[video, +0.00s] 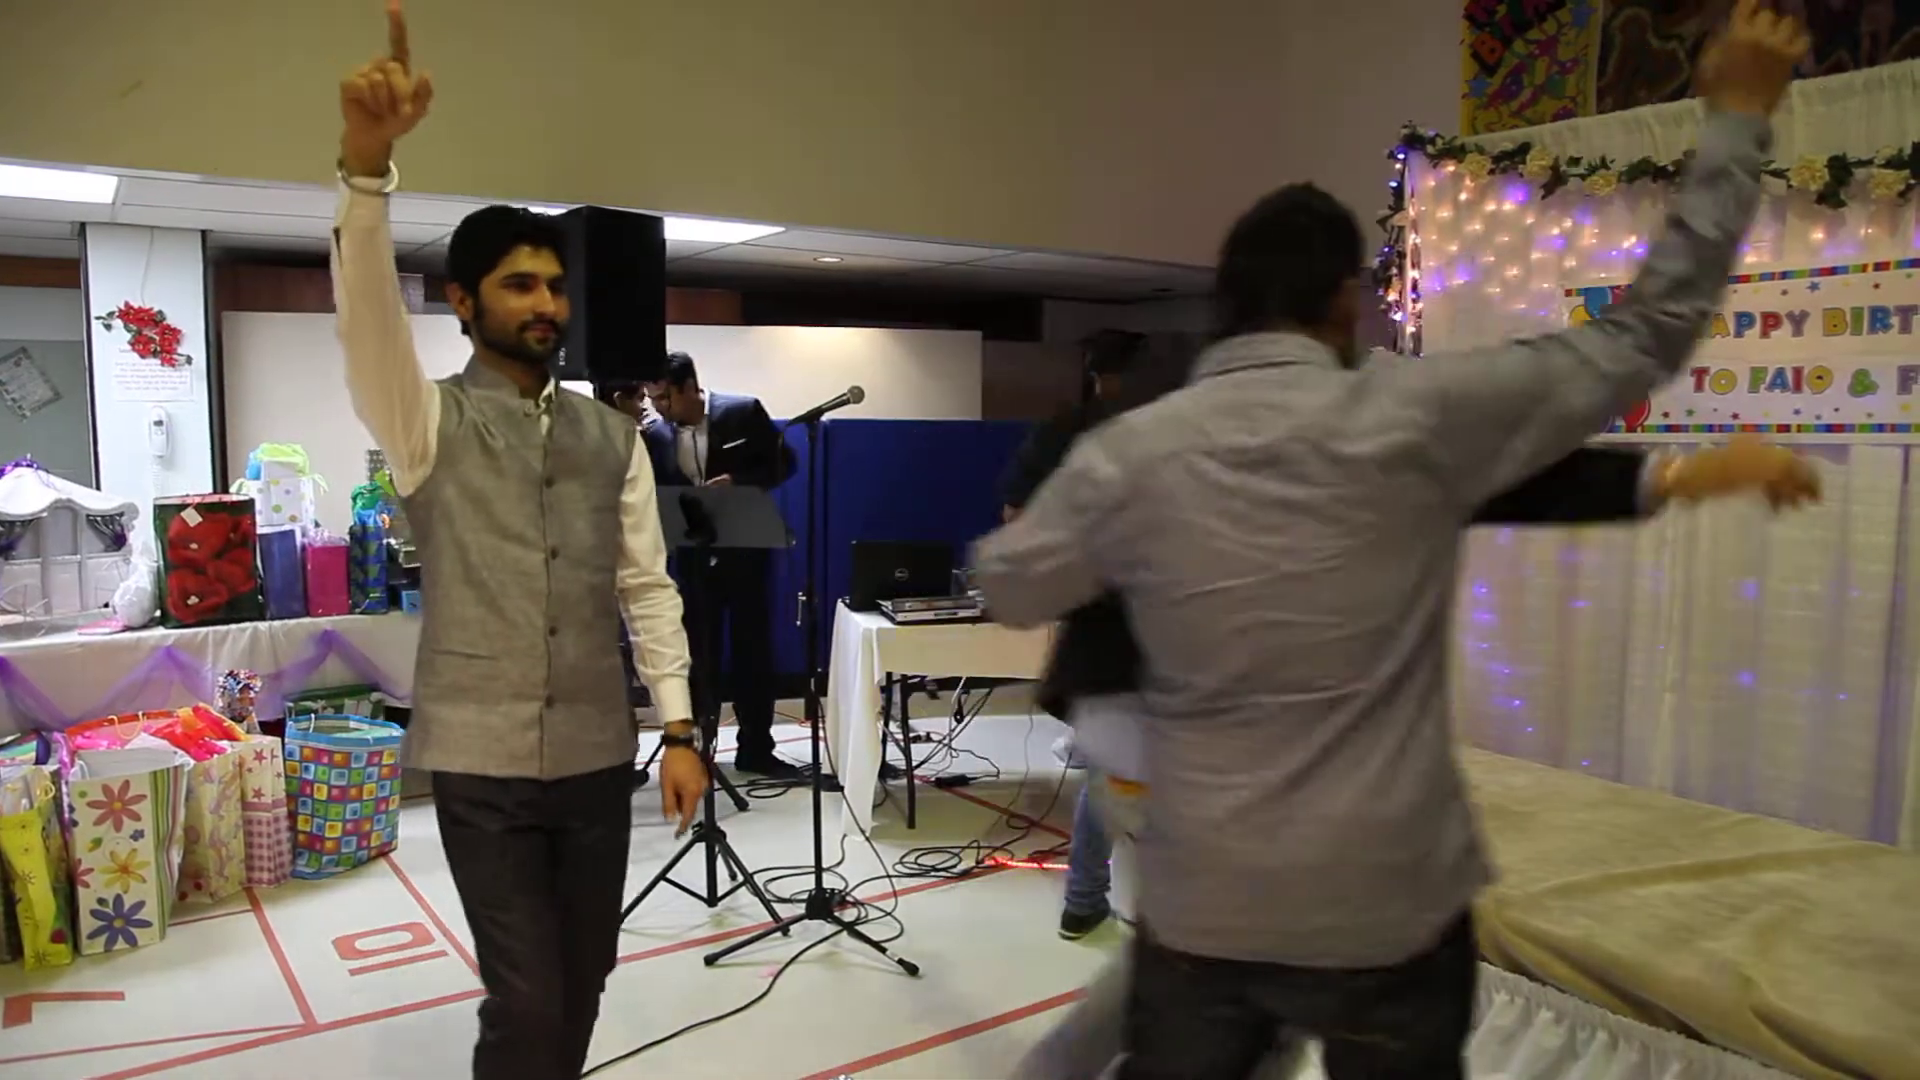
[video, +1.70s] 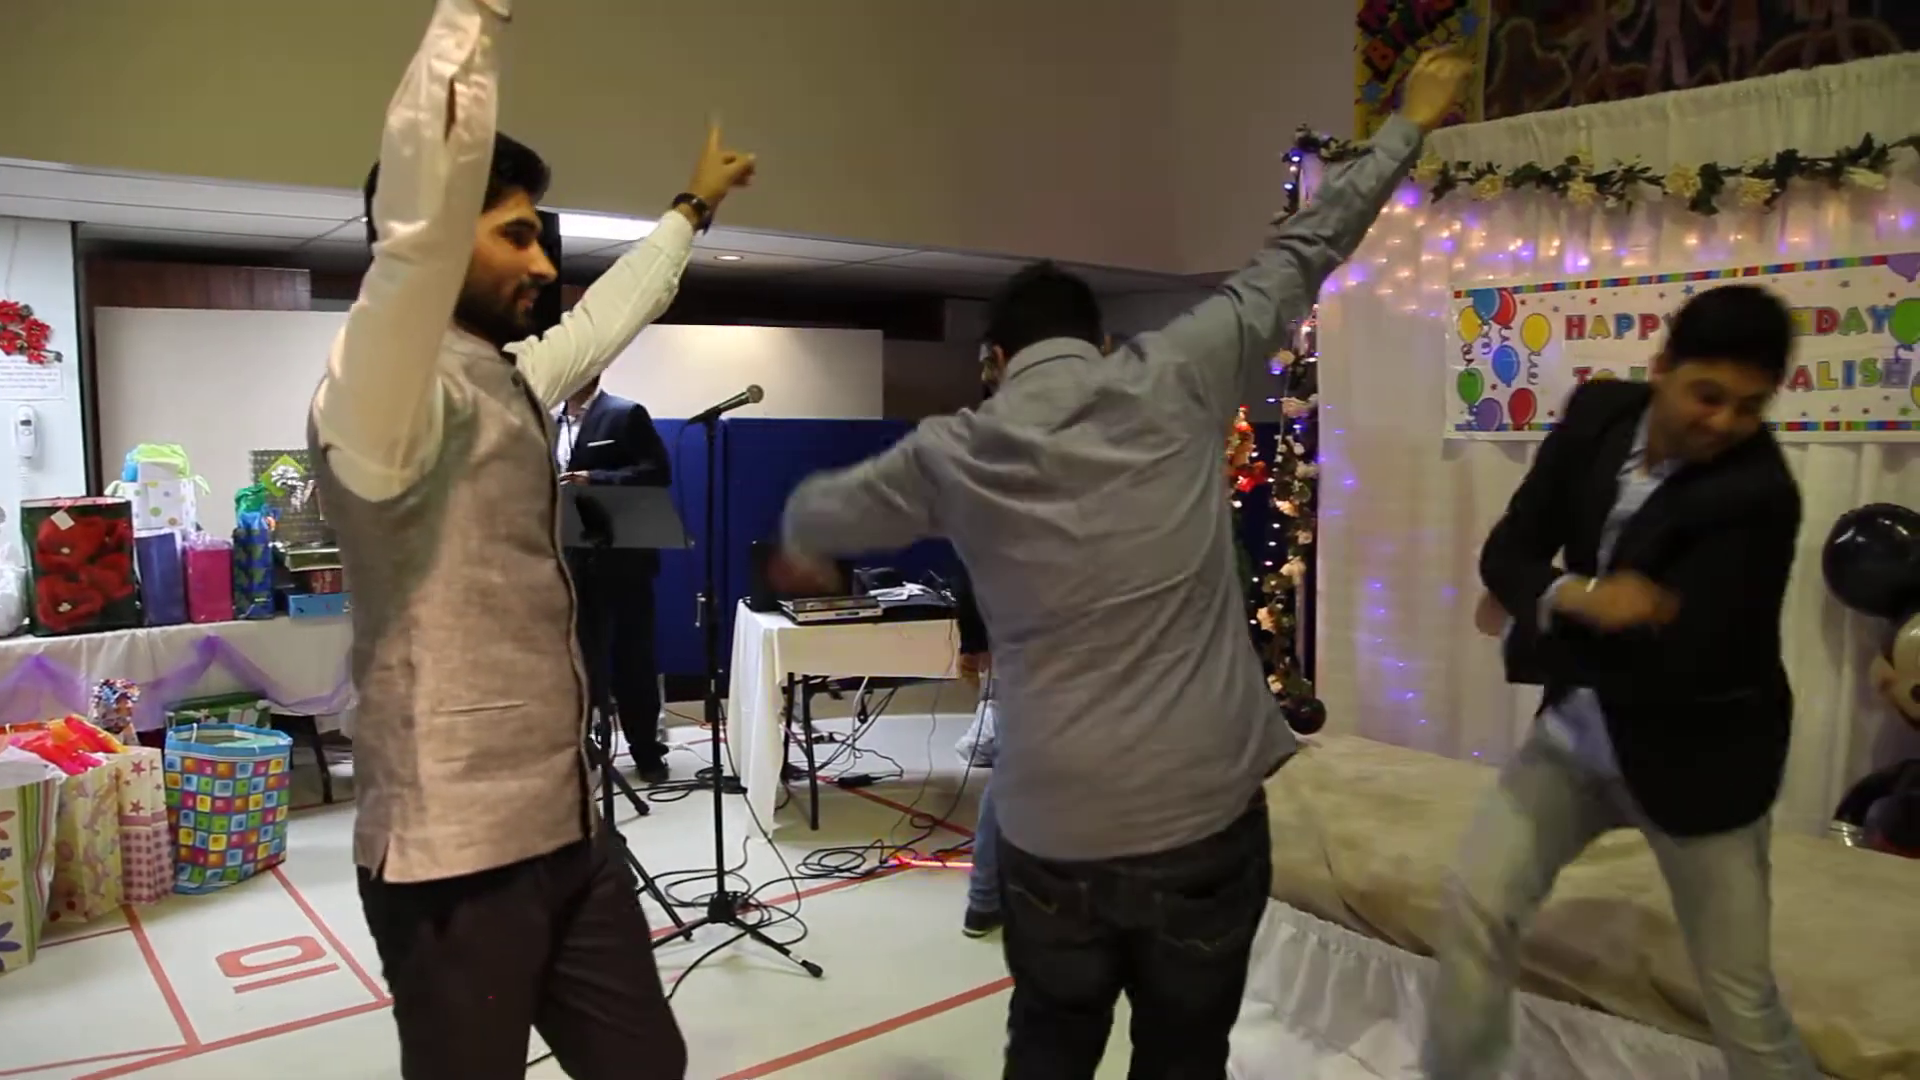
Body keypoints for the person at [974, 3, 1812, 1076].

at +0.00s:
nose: (1366, 306)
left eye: (1359, 286)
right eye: (1363, 286)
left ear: (1227, 299)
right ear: (1345, 298)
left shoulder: (1128, 458)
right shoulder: (1418, 415)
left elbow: (1003, 586)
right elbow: (1645, 334)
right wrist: (1737, 120)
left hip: (1202, 914)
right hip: (1395, 913)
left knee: (1163, 1072)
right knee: (1406, 1073)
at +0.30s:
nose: (1254, 359)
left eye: (1254, 335)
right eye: (1429, 302)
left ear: (1288, 323)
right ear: (1367, 302)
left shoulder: (1224, 441)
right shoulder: (1519, 388)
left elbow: (1046, 514)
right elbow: (1708, 321)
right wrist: (1801, 149)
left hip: (1304, 905)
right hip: (1494, 897)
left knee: (1289, 1066)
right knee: (1458, 1072)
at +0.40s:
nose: (1240, 371)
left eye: (1242, 349)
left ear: (1273, 333)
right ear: (1371, 310)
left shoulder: (1212, 446)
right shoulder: (1496, 393)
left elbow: (1044, 478)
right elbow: (1668, 331)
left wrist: (948, 459)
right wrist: (1759, 160)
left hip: (1295, 911)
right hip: (1479, 906)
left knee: (1272, 1070)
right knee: (1441, 1070)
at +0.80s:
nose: (1173, 383)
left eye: (1173, 366)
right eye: (1174, 369)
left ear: (1199, 348)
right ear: (1296, 334)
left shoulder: (1139, 437)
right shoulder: (1405, 412)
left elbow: (961, 430)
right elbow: (1570, 349)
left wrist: (828, 356)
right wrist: (1624, 180)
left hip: (1187, 889)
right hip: (1378, 888)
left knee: (1136, 1071)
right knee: (1365, 1074)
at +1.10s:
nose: (1032, 380)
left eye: (1034, 362)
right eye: (1036, 367)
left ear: (1054, 354)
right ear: (1163, 339)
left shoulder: (1001, 430)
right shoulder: (1259, 398)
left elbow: (860, 423)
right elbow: (1417, 328)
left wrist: (757, 370)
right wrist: (1486, 177)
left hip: (1051, 868)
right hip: (1219, 865)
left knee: (1036, 1069)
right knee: (1222, 1066)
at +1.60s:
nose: (979, 371)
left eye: (980, 358)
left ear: (991, 356)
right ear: (1089, 335)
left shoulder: (943, 440)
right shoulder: (1170, 368)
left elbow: (802, 469)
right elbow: (1308, 237)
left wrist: (731, 458)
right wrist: (1426, 113)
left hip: (1047, 840)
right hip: (1199, 825)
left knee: (1046, 1061)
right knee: (1180, 1064)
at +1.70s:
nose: (981, 373)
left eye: (984, 357)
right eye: (984, 357)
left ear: (998, 355)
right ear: (1098, 334)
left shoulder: (954, 450)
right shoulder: (1182, 369)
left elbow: (811, 518)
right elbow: (1304, 252)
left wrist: (813, 573)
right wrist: (1404, 130)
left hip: (1053, 842)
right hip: (1204, 829)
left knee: (1049, 1048)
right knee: (1184, 1062)